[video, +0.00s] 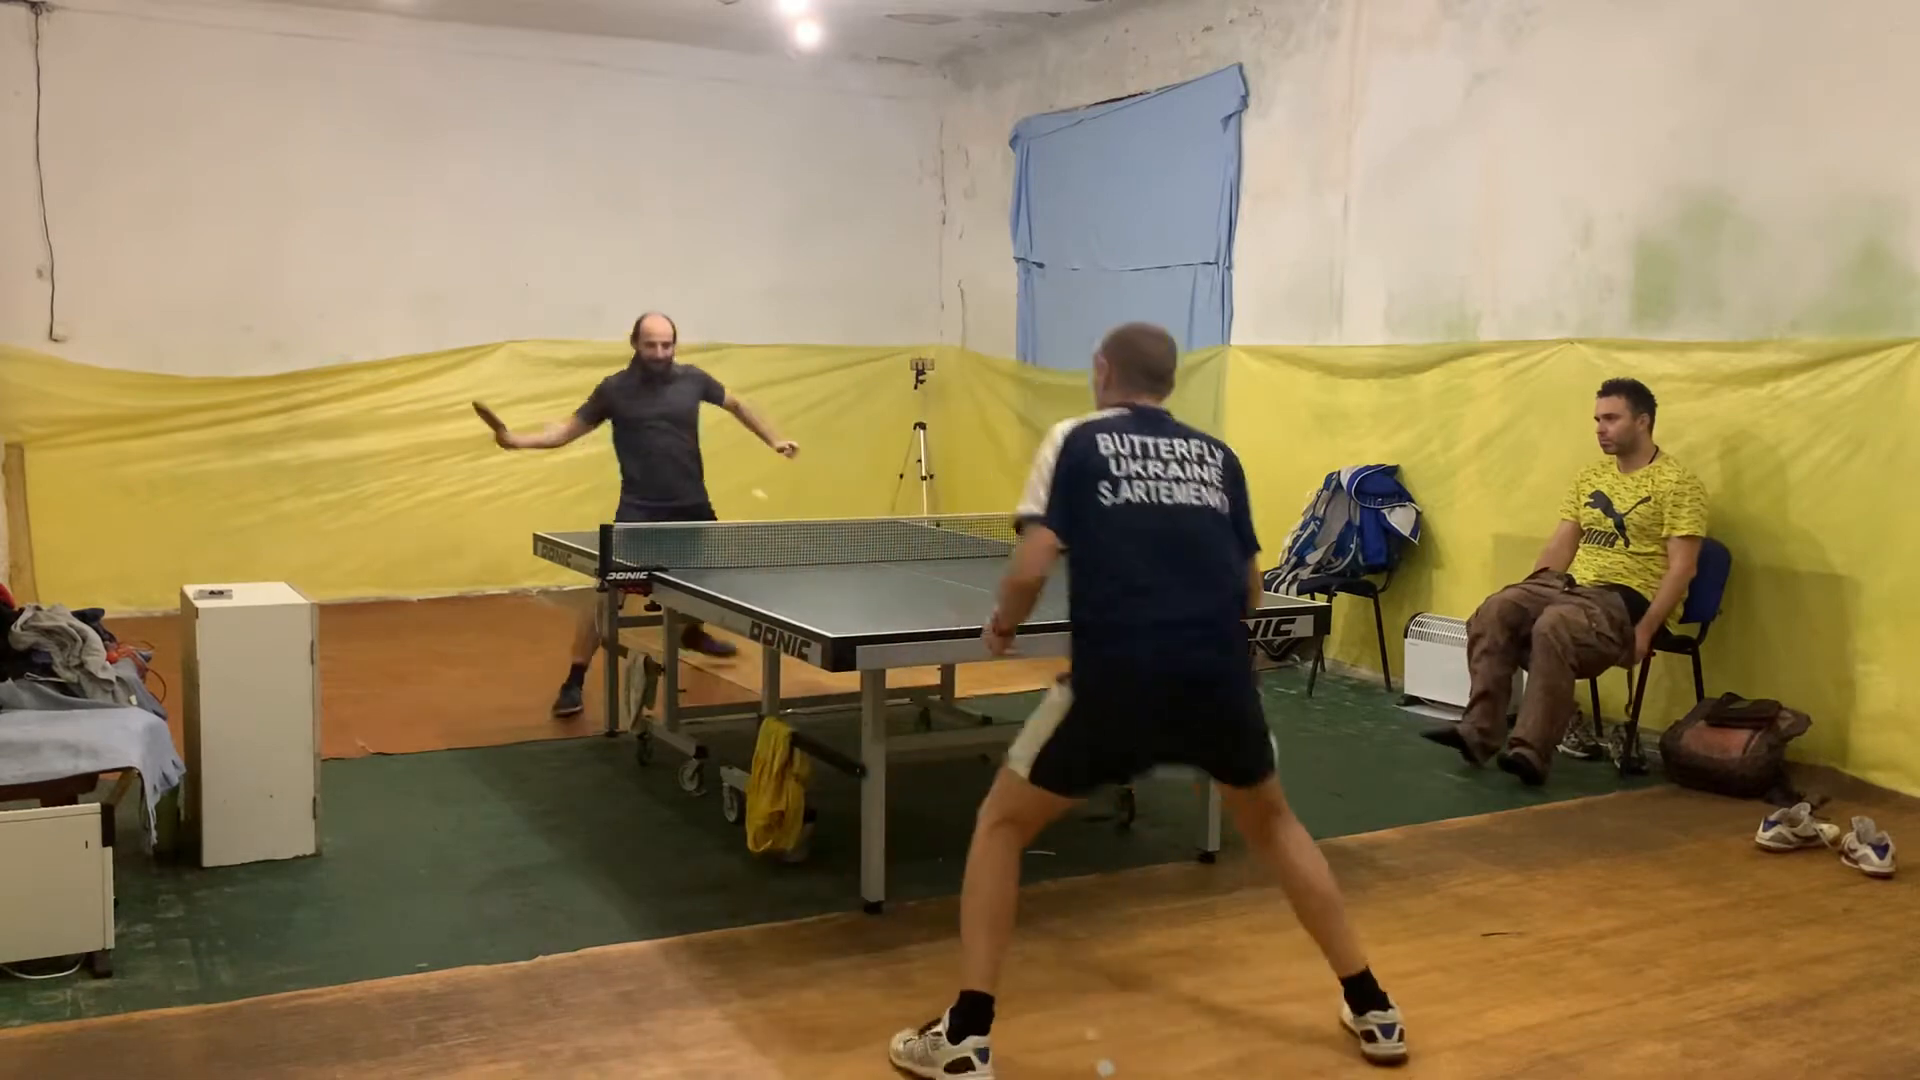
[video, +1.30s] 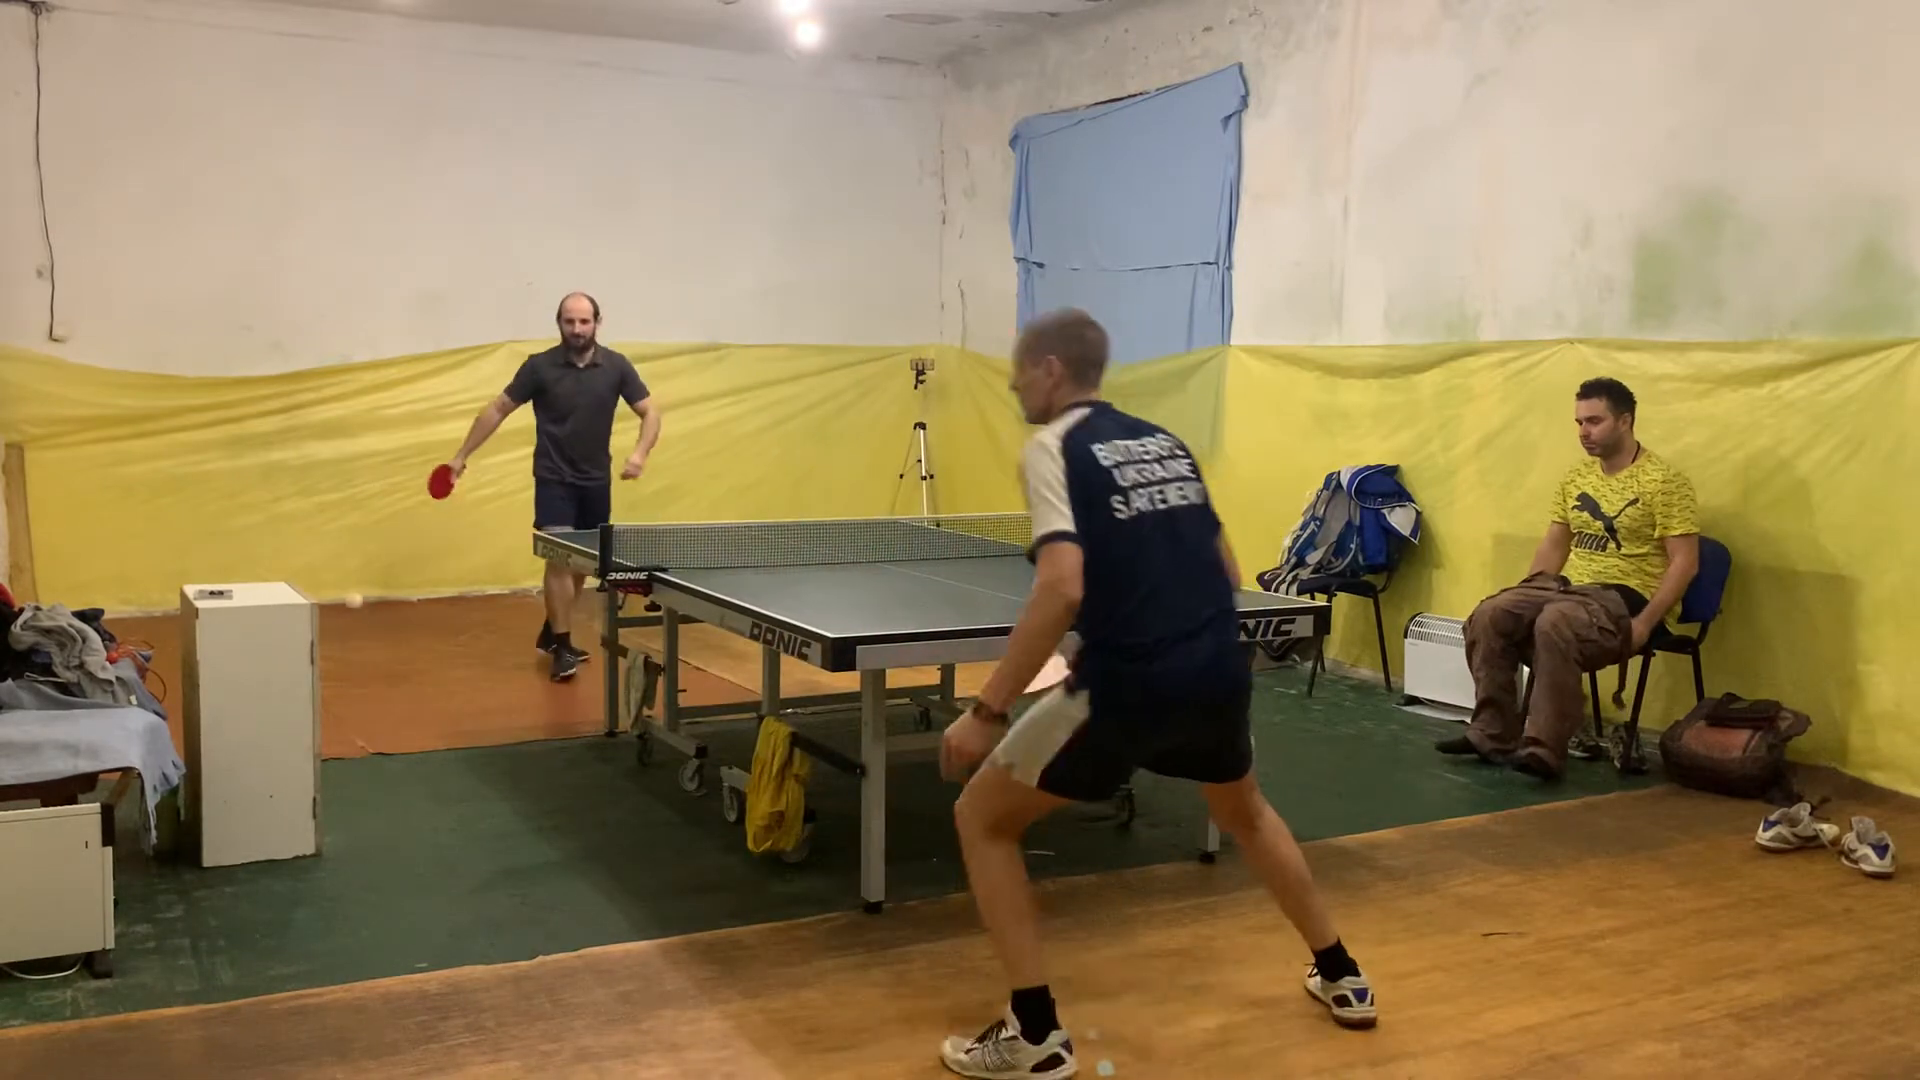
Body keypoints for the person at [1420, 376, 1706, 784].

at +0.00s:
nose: (1599, 429)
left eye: (1609, 419)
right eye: (1597, 420)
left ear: (1643, 421)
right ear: (1595, 422)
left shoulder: (1677, 483)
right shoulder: (1591, 477)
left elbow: (1683, 567)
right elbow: (1561, 544)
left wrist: (1645, 628)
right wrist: (1534, 589)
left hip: (1629, 597)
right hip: (1570, 588)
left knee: (1554, 627)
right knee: (1494, 613)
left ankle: (1531, 750)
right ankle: (1479, 732)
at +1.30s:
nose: (1583, 432)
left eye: (1593, 422)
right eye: (1579, 422)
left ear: (1626, 420)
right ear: (1576, 422)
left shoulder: (1663, 481)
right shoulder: (1577, 476)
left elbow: (1685, 561)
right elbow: (1554, 543)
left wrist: (1644, 622)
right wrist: (1532, 592)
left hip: (1631, 597)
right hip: (1570, 590)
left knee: (1555, 623)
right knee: (1489, 617)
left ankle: (1544, 749)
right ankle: (1493, 734)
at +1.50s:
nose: (1592, 412)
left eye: (1605, 404)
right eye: (1589, 403)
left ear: (1635, 411)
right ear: (1584, 408)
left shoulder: (1655, 472)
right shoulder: (1573, 462)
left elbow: (1639, 548)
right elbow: (1513, 492)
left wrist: (1557, 526)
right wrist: (1534, 449)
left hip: (1637, 601)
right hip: (1572, 593)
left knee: (1580, 651)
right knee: (1474, 630)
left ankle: (1577, 746)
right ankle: (1535, 722)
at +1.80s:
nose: (1587, 413)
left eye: (1599, 404)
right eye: (1585, 404)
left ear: (1632, 412)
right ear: (1582, 408)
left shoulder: (1656, 473)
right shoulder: (1569, 465)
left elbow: (1650, 550)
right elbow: (1531, 526)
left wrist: (1581, 516)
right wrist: (1497, 482)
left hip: (1637, 601)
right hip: (1571, 594)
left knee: (1579, 650)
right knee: (1474, 629)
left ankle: (1577, 745)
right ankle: (1535, 722)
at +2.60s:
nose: (1577, 416)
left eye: (1588, 406)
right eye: (1577, 407)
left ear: (1622, 412)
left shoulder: (1654, 472)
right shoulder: (1571, 468)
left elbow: (1649, 549)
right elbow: (1556, 546)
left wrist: (1580, 517)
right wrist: (1529, 529)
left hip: (1639, 601)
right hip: (1574, 595)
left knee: (1579, 649)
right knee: (1475, 629)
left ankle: (1577, 746)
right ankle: (1535, 723)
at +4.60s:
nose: (1579, 420)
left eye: (1590, 411)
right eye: (1577, 411)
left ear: (1623, 415)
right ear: (1576, 414)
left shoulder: (1657, 475)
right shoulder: (1569, 471)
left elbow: (1674, 555)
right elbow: (1537, 543)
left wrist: (1603, 533)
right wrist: (1544, 536)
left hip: (1638, 599)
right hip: (1572, 591)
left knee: (1579, 649)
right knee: (1475, 628)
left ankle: (1576, 746)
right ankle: (1535, 722)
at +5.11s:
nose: (1579, 420)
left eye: (1591, 410)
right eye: (1578, 411)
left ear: (1624, 416)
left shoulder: (1659, 476)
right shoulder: (1570, 470)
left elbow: (1674, 555)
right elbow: (1537, 543)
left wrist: (1603, 532)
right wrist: (1552, 532)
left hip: (1639, 599)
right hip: (1572, 591)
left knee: (1579, 649)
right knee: (1475, 628)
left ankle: (1577, 745)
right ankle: (1535, 721)